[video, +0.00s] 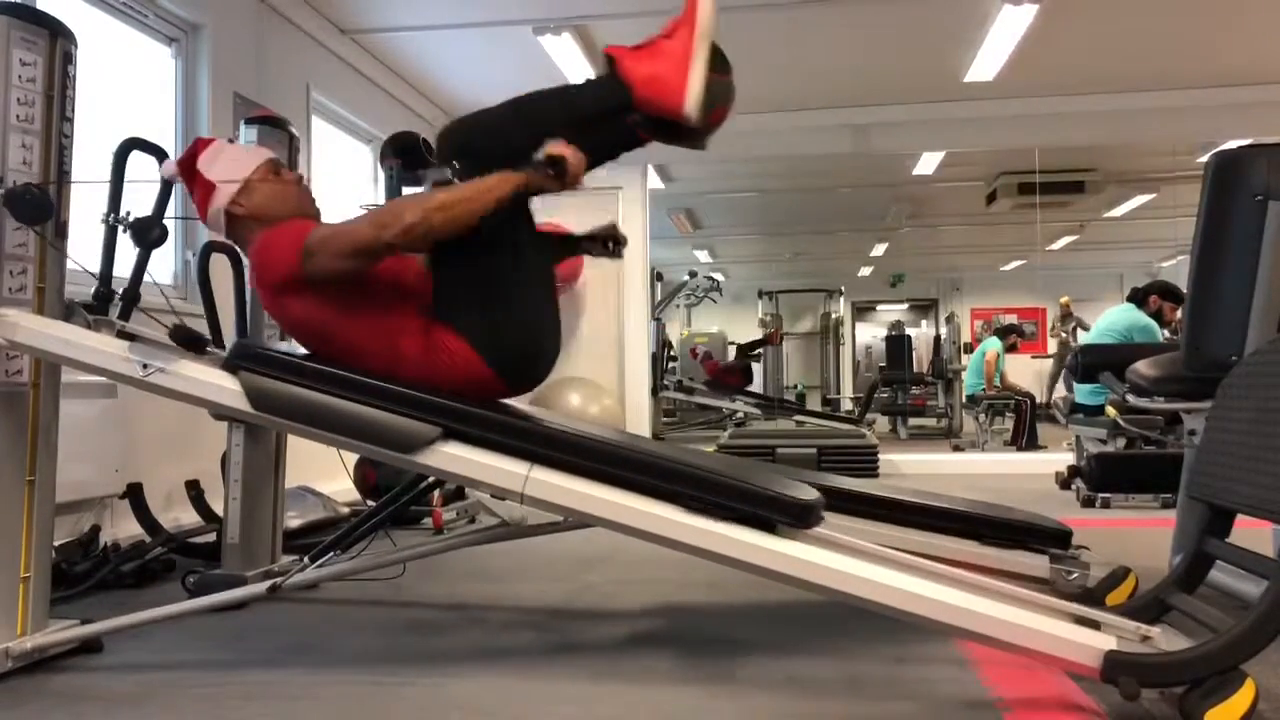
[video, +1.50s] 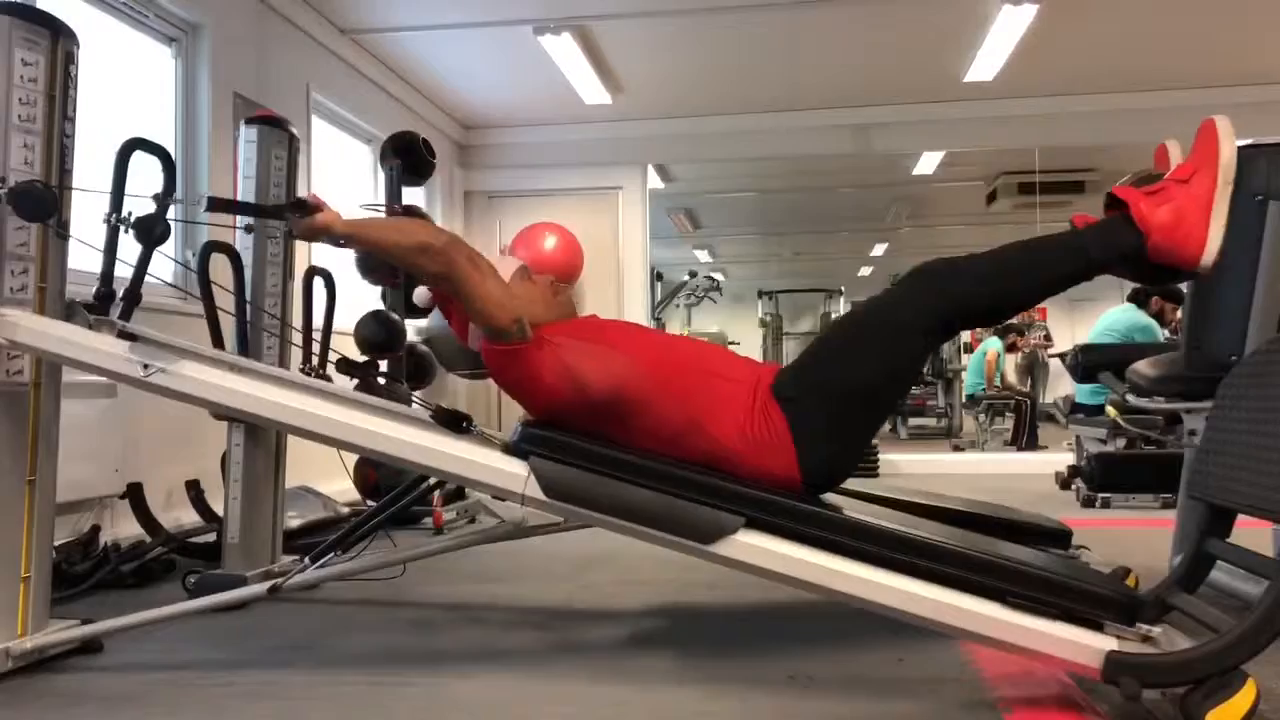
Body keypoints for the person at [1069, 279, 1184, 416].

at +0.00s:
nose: (1174, 319)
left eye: (1176, 311)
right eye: (1173, 310)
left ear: (1153, 302)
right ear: (1154, 302)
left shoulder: (1118, 311)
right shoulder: (1145, 325)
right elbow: (1160, 371)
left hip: (1082, 396)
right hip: (1101, 401)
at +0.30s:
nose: (1174, 319)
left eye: (1176, 311)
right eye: (1173, 310)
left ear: (1153, 302)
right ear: (1154, 302)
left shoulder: (1118, 311)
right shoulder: (1145, 324)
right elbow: (1160, 371)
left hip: (1082, 396)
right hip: (1101, 401)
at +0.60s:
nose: (1174, 318)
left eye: (1176, 311)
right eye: (1173, 310)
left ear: (1153, 302)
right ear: (1155, 302)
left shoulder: (1119, 312)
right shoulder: (1145, 325)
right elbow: (1160, 371)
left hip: (1083, 397)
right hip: (1103, 401)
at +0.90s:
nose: (1175, 318)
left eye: (1176, 311)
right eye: (1173, 310)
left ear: (1153, 302)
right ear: (1154, 303)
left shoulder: (1117, 312)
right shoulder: (1145, 325)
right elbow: (1161, 370)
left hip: (1083, 397)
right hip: (1102, 401)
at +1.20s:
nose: (1174, 319)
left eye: (1176, 312)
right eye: (1173, 311)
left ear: (1154, 303)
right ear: (1155, 304)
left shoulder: (1115, 312)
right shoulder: (1146, 326)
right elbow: (1161, 372)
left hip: (1083, 398)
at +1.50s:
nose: (1175, 318)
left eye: (1177, 311)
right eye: (1173, 310)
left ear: (1154, 304)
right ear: (1156, 303)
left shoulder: (1115, 313)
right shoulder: (1146, 325)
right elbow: (1162, 368)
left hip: (1085, 399)